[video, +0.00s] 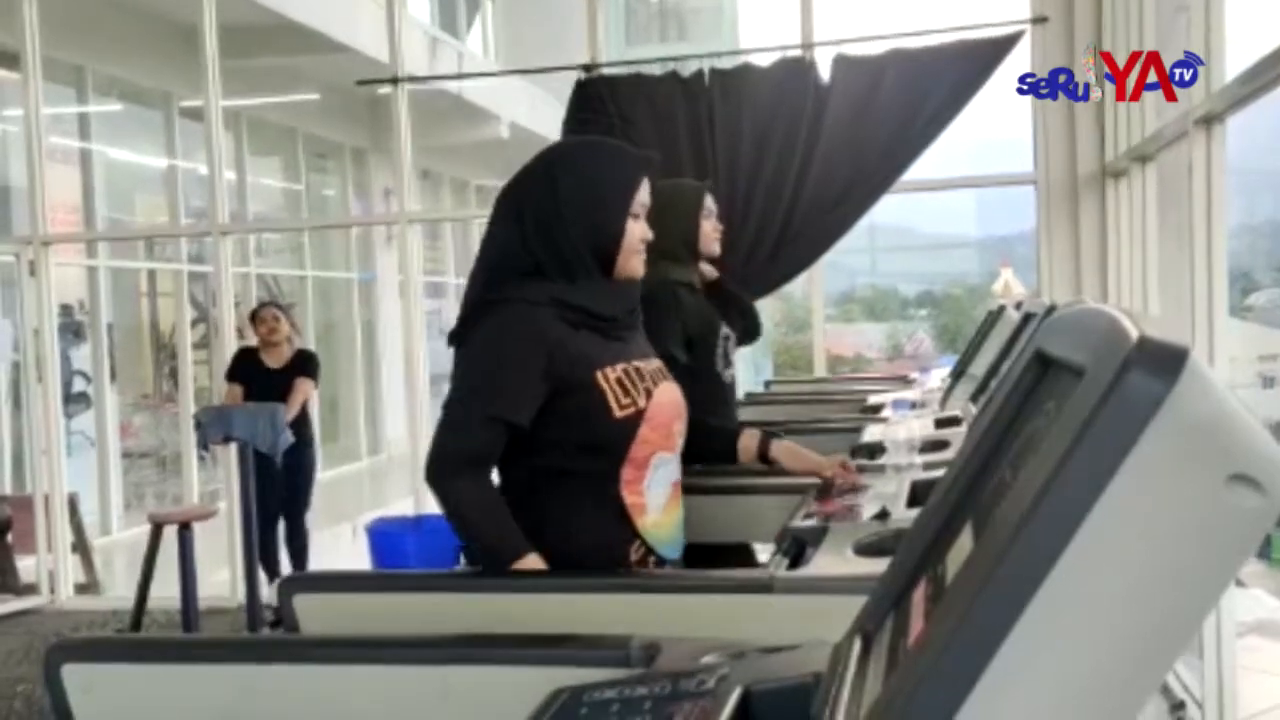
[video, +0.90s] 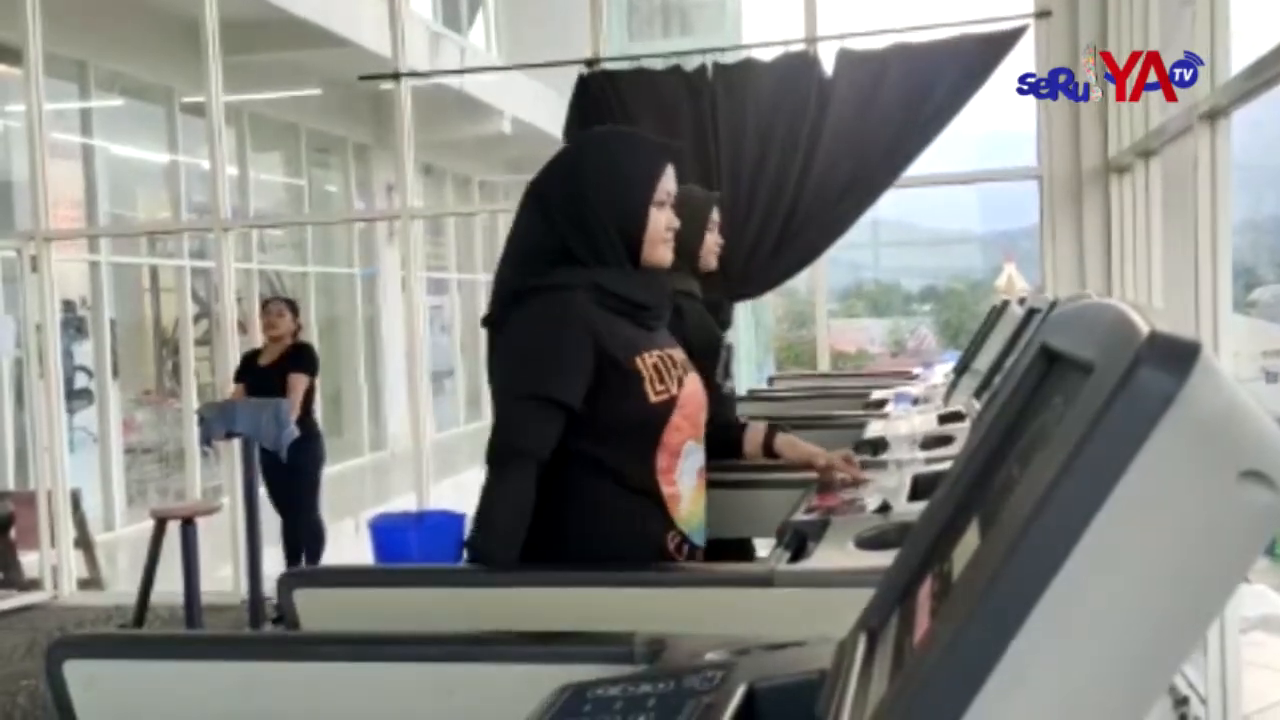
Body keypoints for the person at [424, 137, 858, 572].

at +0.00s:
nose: (648, 233)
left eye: (646, 215)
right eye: (636, 215)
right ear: (585, 219)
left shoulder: (613, 319)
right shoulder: (522, 327)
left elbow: (654, 433)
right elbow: (454, 468)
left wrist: (768, 450)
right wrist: (529, 571)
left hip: (643, 581)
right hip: (572, 596)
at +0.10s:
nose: (645, 216)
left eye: (644, 201)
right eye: (631, 199)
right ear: (582, 198)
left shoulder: (612, 300)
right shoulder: (526, 308)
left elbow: (661, 424)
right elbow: (494, 456)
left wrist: (773, 451)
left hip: (629, 571)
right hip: (552, 586)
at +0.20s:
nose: (643, 209)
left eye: (641, 193)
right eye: (630, 192)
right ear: (578, 191)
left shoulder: (604, 295)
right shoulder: (530, 297)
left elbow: (660, 419)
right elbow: (536, 447)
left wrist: (776, 446)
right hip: (551, 576)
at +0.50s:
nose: (659, 219)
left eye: (656, 203)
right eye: (646, 202)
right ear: (598, 203)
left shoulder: (622, 307)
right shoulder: (561, 310)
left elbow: (667, 432)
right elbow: (566, 460)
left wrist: (776, 444)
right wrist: (678, 526)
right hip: (589, 582)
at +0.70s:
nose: (670, 201)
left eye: (668, 185)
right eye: (657, 184)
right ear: (608, 185)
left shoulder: (636, 281)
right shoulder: (555, 287)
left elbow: (683, 406)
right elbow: (533, 442)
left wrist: (783, 440)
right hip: (593, 559)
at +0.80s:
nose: (674, 207)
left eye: (671, 191)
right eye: (660, 191)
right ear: (610, 192)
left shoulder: (639, 296)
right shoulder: (553, 300)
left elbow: (686, 422)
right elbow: (517, 452)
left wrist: (783, 444)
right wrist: (492, 583)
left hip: (650, 560)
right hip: (579, 571)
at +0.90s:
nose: (720, 241)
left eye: (718, 231)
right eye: (714, 230)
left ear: (689, 234)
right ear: (686, 232)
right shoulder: (682, 305)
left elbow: (717, 428)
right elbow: (713, 428)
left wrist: (815, 457)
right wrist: (811, 456)